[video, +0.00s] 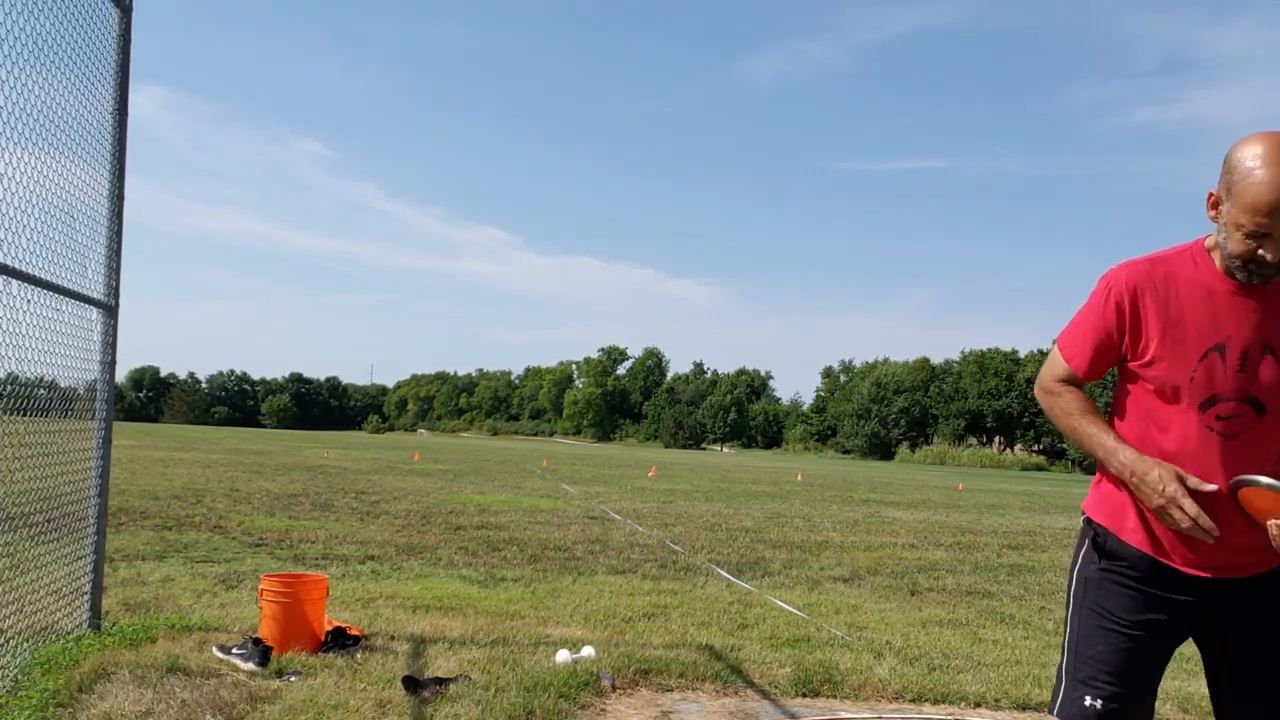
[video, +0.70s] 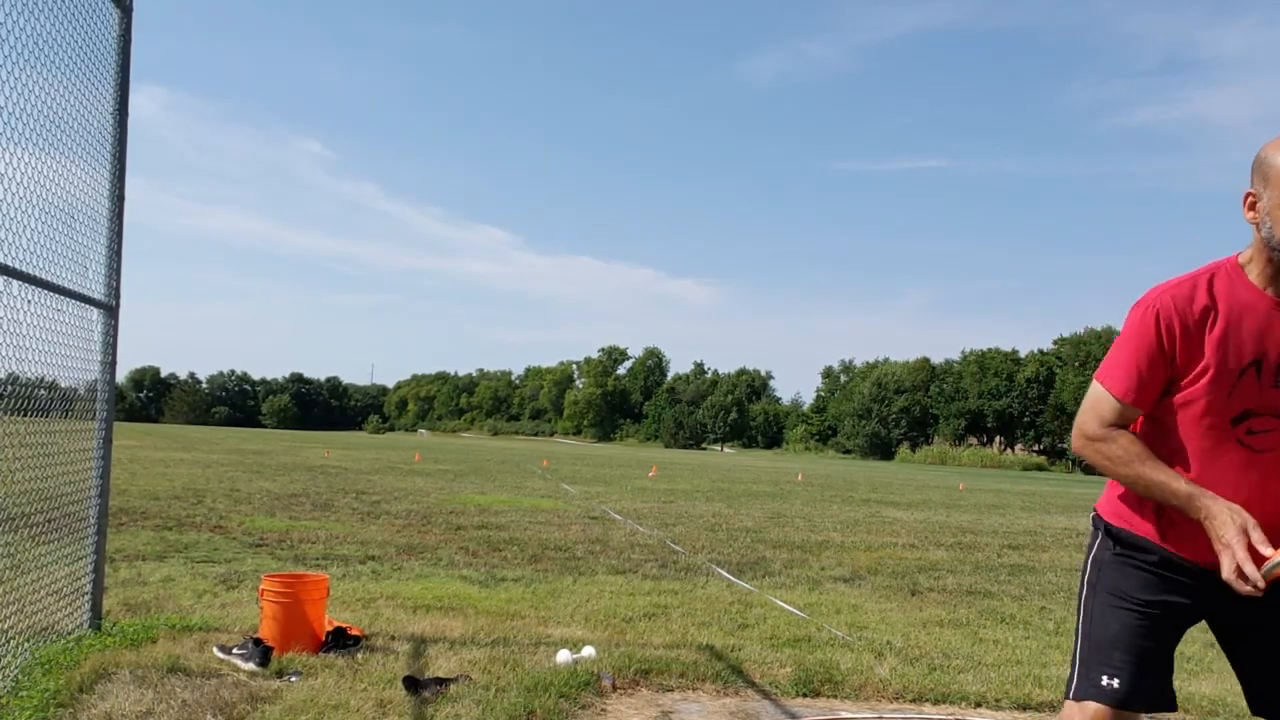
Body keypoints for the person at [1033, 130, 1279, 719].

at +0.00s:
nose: (1270, 255)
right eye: (1255, 235)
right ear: (1215, 205)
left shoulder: (1277, 294)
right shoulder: (1138, 288)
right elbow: (1053, 384)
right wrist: (1133, 467)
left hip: (1257, 573)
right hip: (1133, 560)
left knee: (1258, 709)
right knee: (1092, 711)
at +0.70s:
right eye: (1279, 195)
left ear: (1261, 206)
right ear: (1253, 206)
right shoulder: (1178, 308)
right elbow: (1093, 433)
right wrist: (1209, 509)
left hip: (1269, 570)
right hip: (1147, 553)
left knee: (1278, 704)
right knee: (1097, 710)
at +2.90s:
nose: (1237, 198)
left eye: (1251, 182)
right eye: (1217, 183)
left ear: (1268, 194)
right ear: (1178, 198)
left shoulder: (1279, 302)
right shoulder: (1122, 306)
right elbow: (1114, 450)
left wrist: (1275, 411)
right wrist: (1236, 412)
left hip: (1246, 568)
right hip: (1123, 563)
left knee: (1269, 704)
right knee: (1092, 710)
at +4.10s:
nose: (1221, 166)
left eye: (1232, 158)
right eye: (1201, 158)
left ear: (1246, 183)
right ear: (1163, 186)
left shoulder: (1269, 293)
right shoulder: (1123, 295)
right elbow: (1127, 417)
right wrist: (1210, 322)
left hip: (1259, 567)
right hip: (1137, 561)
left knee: (1277, 703)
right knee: (1106, 711)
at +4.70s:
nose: (1279, 244)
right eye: (1268, 227)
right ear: (1225, 216)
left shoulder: (1273, 317)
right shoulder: (1168, 331)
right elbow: (1155, 493)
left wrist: (1273, 558)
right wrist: (1252, 604)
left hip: (1247, 569)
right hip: (1135, 559)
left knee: (1277, 702)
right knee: (1096, 711)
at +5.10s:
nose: (1279, 268)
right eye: (1270, 249)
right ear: (1230, 228)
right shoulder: (1168, 326)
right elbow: (1043, 438)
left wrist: (1275, 518)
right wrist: (1147, 531)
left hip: (1255, 570)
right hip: (1128, 567)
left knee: (1276, 705)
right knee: (1094, 712)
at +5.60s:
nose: (1267, 262)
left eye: (1279, 244)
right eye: (1251, 243)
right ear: (1206, 225)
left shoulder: (1277, 318)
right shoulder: (1135, 328)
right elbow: (1094, 475)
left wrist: (1270, 456)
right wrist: (1223, 477)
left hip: (1254, 563)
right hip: (1127, 557)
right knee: (1089, 711)